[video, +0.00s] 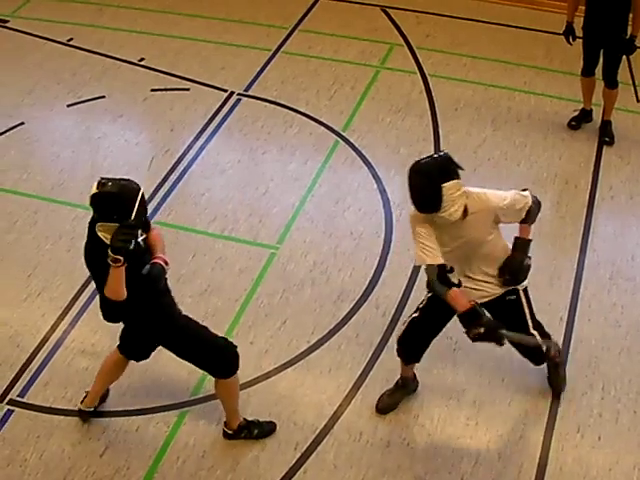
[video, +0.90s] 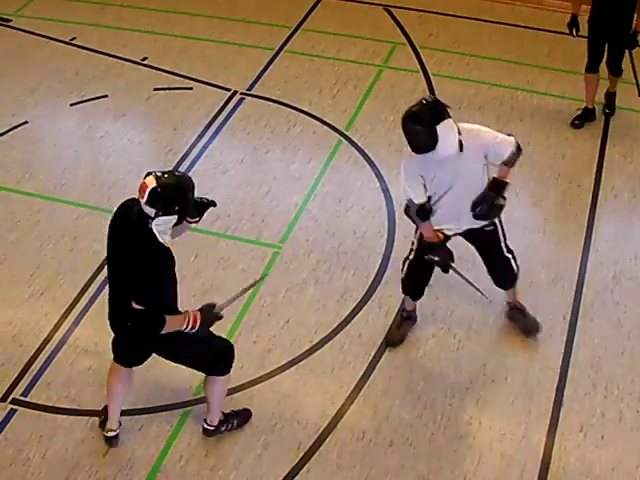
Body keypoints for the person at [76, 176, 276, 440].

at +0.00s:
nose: (140, 221)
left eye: (139, 216)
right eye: (135, 218)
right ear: (116, 220)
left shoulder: (126, 218)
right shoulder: (97, 249)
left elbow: (151, 232)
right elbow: (116, 298)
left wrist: (159, 258)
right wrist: (116, 256)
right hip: (157, 319)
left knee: (125, 352)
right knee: (225, 357)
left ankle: (90, 402)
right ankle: (234, 424)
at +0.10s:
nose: (137, 217)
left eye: (136, 211)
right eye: (134, 213)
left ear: (110, 210)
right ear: (118, 217)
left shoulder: (105, 218)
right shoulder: (95, 250)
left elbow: (142, 239)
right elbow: (119, 293)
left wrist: (149, 261)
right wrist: (123, 256)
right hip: (142, 318)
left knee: (123, 350)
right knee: (213, 356)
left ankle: (90, 403)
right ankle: (234, 423)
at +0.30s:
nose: (102, 162)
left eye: (106, 165)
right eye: (135, 197)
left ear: (106, 181)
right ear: (125, 200)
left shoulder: (95, 201)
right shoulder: (110, 232)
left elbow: (133, 229)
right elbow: (144, 269)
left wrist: (147, 220)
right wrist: (151, 227)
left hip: (103, 301)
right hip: (130, 310)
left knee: (105, 350)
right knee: (186, 361)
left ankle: (89, 404)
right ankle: (217, 420)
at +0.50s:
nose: (120, 165)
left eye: (124, 170)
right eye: (126, 166)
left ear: (124, 187)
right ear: (145, 205)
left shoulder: (105, 203)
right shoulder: (129, 242)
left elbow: (132, 224)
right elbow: (169, 285)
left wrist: (162, 237)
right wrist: (185, 226)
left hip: (107, 309)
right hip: (140, 317)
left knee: (101, 355)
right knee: (199, 358)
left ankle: (88, 406)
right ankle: (212, 421)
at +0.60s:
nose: (134, 168)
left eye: (138, 170)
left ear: (135, 190)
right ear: (158, 206)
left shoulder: (115, 205)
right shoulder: (143, 247)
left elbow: (138, 227)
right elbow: (177, 302)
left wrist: (166, 238)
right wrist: (207, 249)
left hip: (116, 312)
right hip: (152, 320)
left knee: (105, 355)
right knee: (207, 357)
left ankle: (89, 405)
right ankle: (212, 421)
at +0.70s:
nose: (145, 170)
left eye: (150, 174)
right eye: (153, 169)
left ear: (149, 193)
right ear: (168, 208)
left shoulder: (123, 205)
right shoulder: (155, 249)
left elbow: (153, 232)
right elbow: (169, 312)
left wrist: (183, 229)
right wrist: (220, 282)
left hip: (122, 319)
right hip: (157, 325)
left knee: (110, 357)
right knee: (211, 357)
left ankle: (95, 410)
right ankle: (213, 422)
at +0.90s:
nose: (187, 223)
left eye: (189, 217)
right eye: (184, 218)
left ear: (146, 199)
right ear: (165, 218)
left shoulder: (126, 213)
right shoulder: (158, 258)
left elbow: (159, 226)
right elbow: (155, 323)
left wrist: (187, 214)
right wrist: (198, 318)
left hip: (120, 318)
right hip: (152, 328)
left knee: (122, 362)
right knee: (221, 353)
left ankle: (111, 426)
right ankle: (215, 420)